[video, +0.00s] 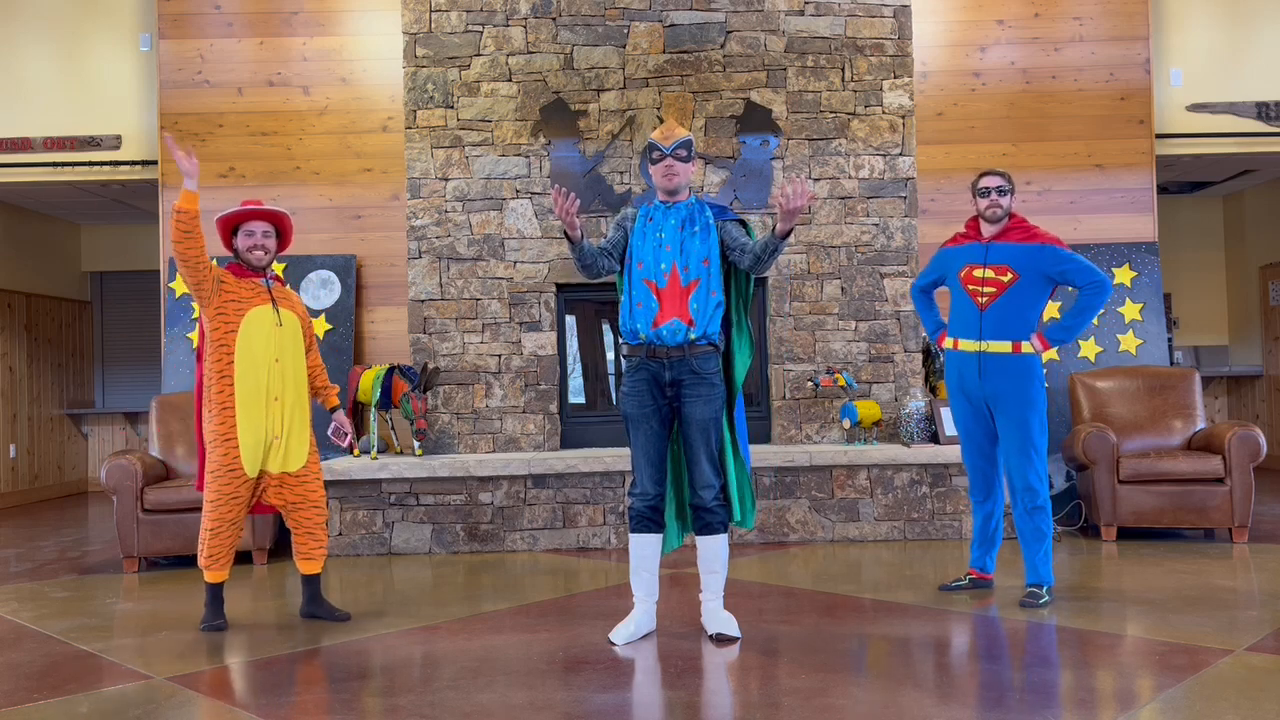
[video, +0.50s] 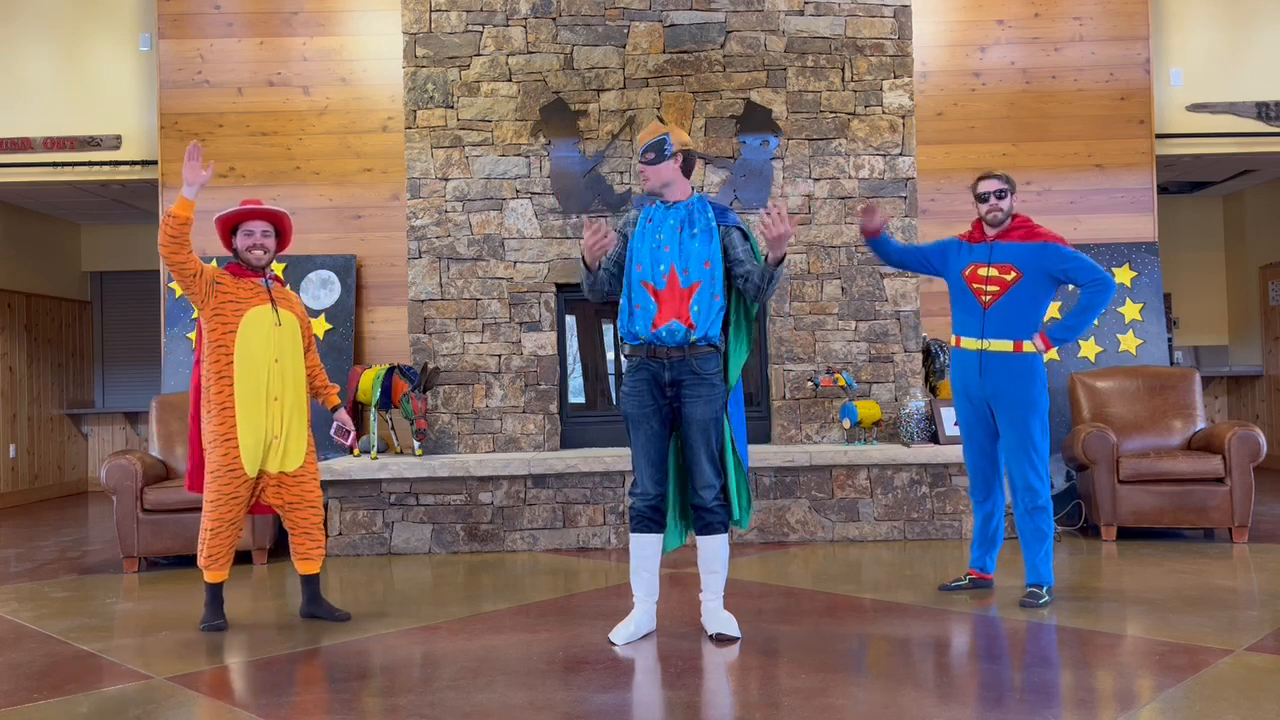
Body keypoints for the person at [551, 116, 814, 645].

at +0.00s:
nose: (671, 165)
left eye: (681, 157)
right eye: (661, 158)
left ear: (696, 166)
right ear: (648, 168)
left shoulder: (717, 217)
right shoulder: (632, 217)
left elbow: (752, 261)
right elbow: (597, 265)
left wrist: (781, 230)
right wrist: (576, 237)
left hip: (700, 365)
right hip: (642, 367)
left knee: (707, 485)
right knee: (646, 488)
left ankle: (714, 607)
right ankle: (644, 609)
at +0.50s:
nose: (645, 164)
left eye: (656, 155)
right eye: (642, 159)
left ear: (685, 163)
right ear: (643, 170)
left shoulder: (720, 220)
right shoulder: (637, 222)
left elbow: (753, 286)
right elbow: (605, 291)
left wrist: (774, 257)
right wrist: (595, 263)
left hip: (700, 366)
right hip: (641, 367)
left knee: (706, 484)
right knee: (647, 487)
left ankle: (713, 608)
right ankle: (644, 610)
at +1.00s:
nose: (668, 166)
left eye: (677, 156)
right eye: (657, 160)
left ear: (693, 164)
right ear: (645, 171)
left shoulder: (722, 221)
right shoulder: (631, 223)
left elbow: (752, 295)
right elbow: (608, 298)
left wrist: (775, 265)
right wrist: (585, 262)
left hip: (702, 365)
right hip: (643, 366)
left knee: (708, 485)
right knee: (647, 488)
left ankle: (714, 607)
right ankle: (644, 609)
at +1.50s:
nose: (672, 166)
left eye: (681, 157)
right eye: (662, 159)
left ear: (695, 166)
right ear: (647, 168)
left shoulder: (719, 223)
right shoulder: (628, 223)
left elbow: (753, 291)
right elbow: (599, 296)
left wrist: (806, 269)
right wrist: (554, 267)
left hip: (701, 366)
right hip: (641, 366)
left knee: (707, 486)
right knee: (646, 489)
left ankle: (714, 608)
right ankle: (644, 610)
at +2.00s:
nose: (670, 165)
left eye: (679, 156)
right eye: (659, 157)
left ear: (694, 165)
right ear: (646, 167)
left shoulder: (717, 222)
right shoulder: (628, 223)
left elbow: (751, 292)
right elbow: (599, 294)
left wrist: (798, 267)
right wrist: (560, 267)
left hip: (698, 365)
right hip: (639, 365)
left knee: (706, 485)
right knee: (646, 488)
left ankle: (714, 608)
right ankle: (643, 610)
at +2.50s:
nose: (677, 164)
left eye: (686, 155)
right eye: (666, 155)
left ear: (698, 164)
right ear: (650, 164)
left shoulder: (721, 221)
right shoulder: (630, 221)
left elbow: (741, 304)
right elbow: (609, 304)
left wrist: (755, 283)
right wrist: (595, 274)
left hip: (702, 364)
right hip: (642, 365)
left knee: (708, 485)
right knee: (647, 486)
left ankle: (713, 607)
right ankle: (643, 609)